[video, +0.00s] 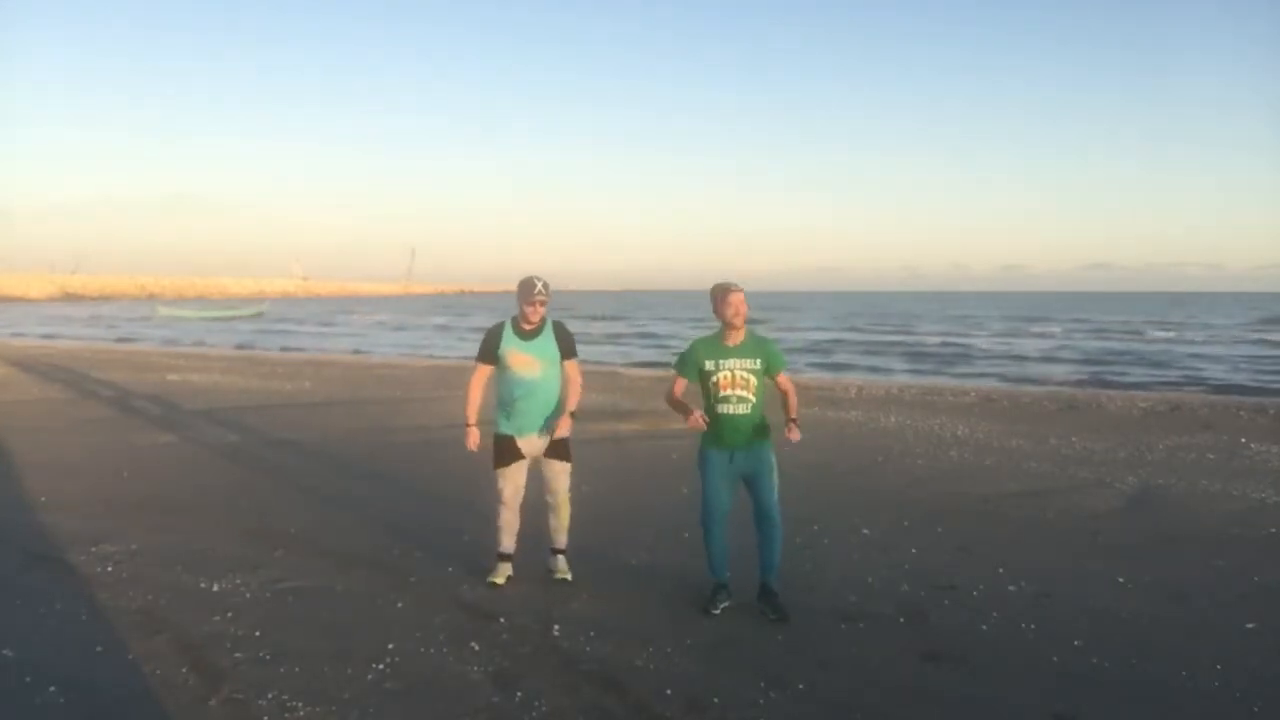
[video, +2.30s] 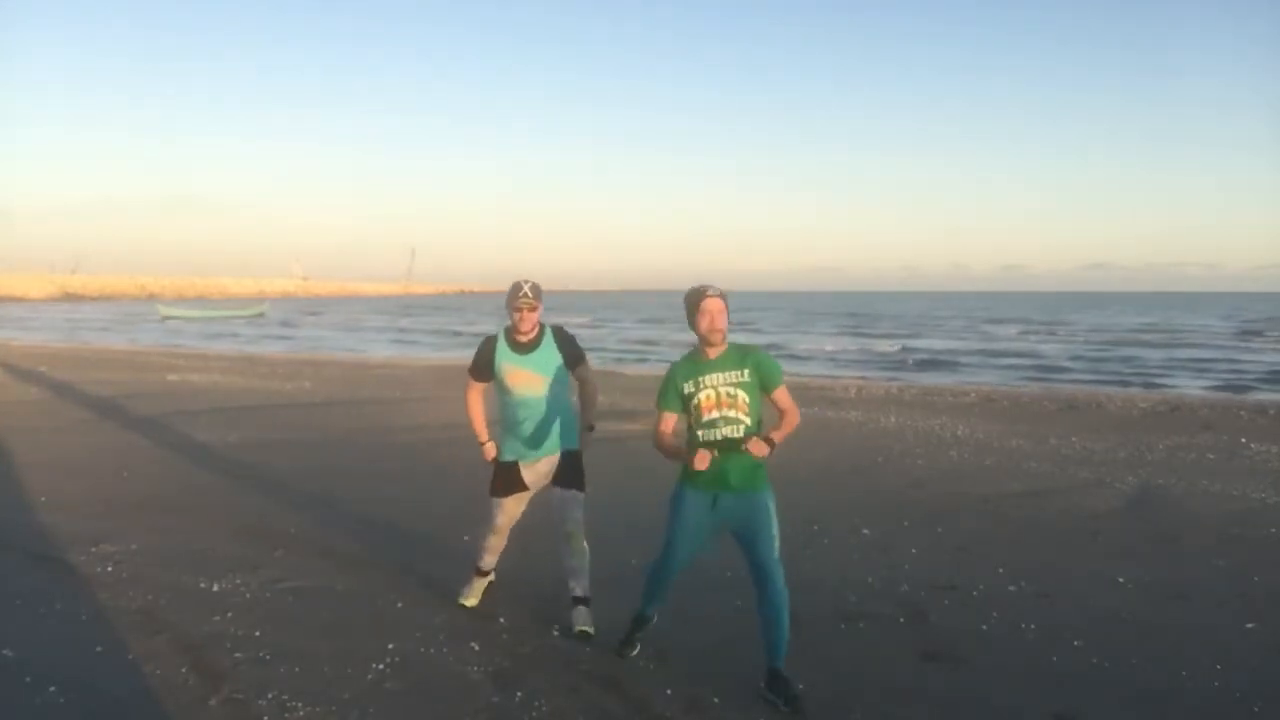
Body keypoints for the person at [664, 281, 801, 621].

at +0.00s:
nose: (737, 310)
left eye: (740, 303)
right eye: (729, 304)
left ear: (747, 307)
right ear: (716, 310)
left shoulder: (764, 349)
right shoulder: (699, 351)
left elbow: (787, 388)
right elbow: (673, 394)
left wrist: (792, 419)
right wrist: (688, 411)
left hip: (757, 446)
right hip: (717, 447)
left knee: (770, 515)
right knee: (714, 516)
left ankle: (768, 589)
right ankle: (720, 586)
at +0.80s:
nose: (736, 334)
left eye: (742, 328)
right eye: (731, 328)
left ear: (754, 329)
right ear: (724, 331)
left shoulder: (775, 369)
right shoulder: (709, 369)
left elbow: (797, 423)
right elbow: (684, 409)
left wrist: (783, 415)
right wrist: (672, 411)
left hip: (761, 469)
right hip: (718, 466)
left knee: (778, 540)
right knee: (685, 531)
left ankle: (781, 599)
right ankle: (658, 607)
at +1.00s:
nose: (711, 334)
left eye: (718, 326)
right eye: (705, 326)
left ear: (730, 327)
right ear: (697, 327)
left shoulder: (748, 366)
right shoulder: (679, 360)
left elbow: (766, 413)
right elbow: (650, 392)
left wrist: (760, 427)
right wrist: (639, 411)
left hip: (730, 475)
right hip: (684, 471)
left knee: (758, 540)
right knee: (652, 543)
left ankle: (780, 598)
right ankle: (629, 620)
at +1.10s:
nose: (686, 327)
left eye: (693, 320)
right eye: (680, 320)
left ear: (705, 322)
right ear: (673, 322)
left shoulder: (720, 362)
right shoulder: (655, 356)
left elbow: (736, 417)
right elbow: (626, 397)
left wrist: (735, 463)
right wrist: (616, 434)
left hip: (699, 471)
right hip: (654, 467)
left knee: (722, 540)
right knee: (634, 540)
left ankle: (753, 595)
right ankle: (627, 621)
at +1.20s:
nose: (673, 330)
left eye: (680, 322)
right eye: (667, 322)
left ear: (692, 323)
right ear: (658, 323)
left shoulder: (707, 367)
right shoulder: (639, 360)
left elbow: (717, 424)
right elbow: (613, 408)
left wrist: (718, 480)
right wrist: (606, 455)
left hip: (686, 472)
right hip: (641, 468)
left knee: (693, 545)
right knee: (627, 543)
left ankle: (709, 603)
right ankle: (627, 620)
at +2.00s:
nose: (680, 336)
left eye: (682, 328)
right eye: (672, 330)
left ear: (684, 331)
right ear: (652, 335)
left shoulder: (701, 374)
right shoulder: (626, 376)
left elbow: (729, 428)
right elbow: (603, 432)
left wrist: (715, 430)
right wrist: (634, 435)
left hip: (690, 490)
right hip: (639, 491)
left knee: (723, 564)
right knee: (624, 567)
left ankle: (753, 649)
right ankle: (624, 626)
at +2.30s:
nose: (713, 320)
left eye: (719, 312)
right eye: (705, 314)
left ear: (728, 317)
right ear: (692, 321)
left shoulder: (756, 361)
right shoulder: (680, 371)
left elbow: (791, 414)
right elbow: (663, 435)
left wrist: (769, 439)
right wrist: (686, 454)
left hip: (750, 488)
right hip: (699, 488)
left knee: (771, 576)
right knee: (672, 561)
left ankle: (776, 671)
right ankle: (641, 621)